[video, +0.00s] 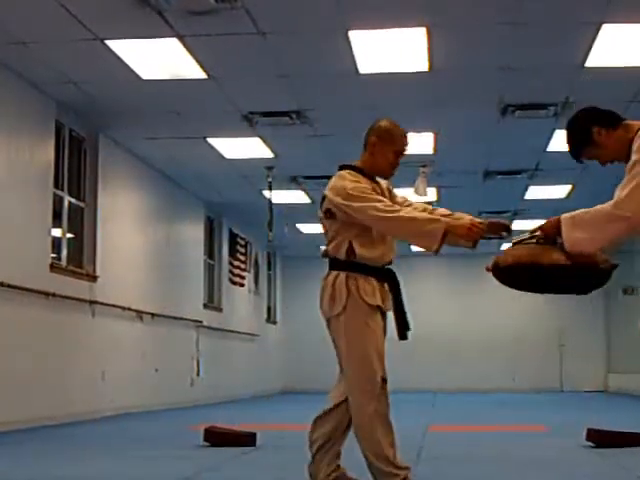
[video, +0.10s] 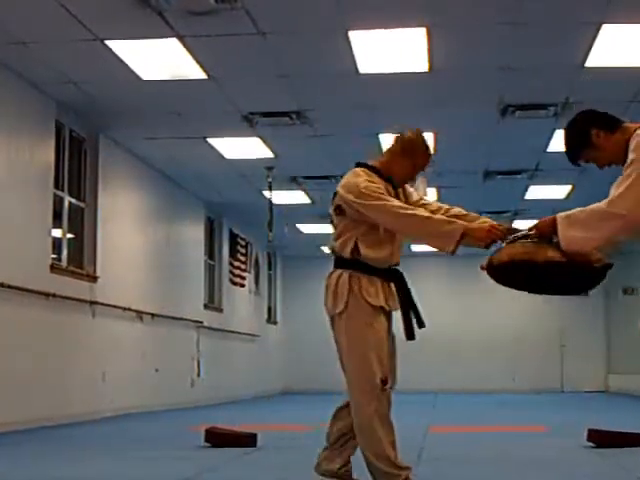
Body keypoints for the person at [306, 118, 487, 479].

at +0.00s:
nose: (399, 161)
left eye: (401, 154)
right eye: (396, 153)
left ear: (382, 149)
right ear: (373, 146)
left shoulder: (380, 190)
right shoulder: (345, 184)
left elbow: (420, 211)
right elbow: (390, 218)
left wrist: (476, 224)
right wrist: (453, 230)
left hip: (370, 291)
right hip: (350, 291)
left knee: (357, 382)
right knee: (369, 384)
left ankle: (323, 466)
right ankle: (390, 471)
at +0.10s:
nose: (412, 178)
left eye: (417, 172)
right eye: (413, 169)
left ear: (410, 165)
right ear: (397, 155)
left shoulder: (390, 188)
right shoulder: (357, 184)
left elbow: (435, 210)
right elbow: (402, 218)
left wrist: (486, 225)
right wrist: (464, 232)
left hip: (378, 289)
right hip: (354, 288)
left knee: (379, 384)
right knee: (369, 386)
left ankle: (332, 464)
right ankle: (390, 472)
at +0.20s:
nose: (423, 184)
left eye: (428, 180)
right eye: (425, 176)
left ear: (426, 172)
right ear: (412, 158)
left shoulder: (405, 192)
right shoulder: (369, 182)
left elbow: (444, 214)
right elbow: (412, 219)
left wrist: (496, 230)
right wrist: (477, 240)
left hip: (387, 288)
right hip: (359, 286)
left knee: (396, 375)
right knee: (369, 378)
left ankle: (354, 453)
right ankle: (389, 470)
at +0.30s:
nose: (430, 185)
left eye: (435, 181)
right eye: (431, 177)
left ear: (432, 168)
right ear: (419, 159)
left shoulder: (415, 188)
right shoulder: (377, 181)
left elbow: (447, 215)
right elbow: (419, 223)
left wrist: (491, 233)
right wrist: (482, 240)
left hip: (394, 288)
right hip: (366, 286)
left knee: (404, 376)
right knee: (373, 379)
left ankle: (385, 463)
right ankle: (385, 469)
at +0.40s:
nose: (435, 185)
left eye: (441, 181)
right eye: (437, 177)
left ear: (430, 161)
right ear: (424, 158)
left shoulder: (417, 188)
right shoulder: (383, 181)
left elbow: (454, 218)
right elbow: (423, 227)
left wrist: (501, 240)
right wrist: (486, 249)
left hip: (398, 289)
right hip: (372, 288)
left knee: (407, 379)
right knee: (378, 382)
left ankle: (409, 461)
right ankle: (388, 469)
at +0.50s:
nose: (447, 176)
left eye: (451, 170)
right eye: (448, 168)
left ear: (437, 155)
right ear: (433, 152)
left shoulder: (424, 186)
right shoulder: (388, 179)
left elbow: (455, 219)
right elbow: (421, 230)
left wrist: (501, 244)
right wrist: (484, 253)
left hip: (405, 289)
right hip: (379, 288)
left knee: (413, 381)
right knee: (383, 383)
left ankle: (417, 464)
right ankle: (388, 469)